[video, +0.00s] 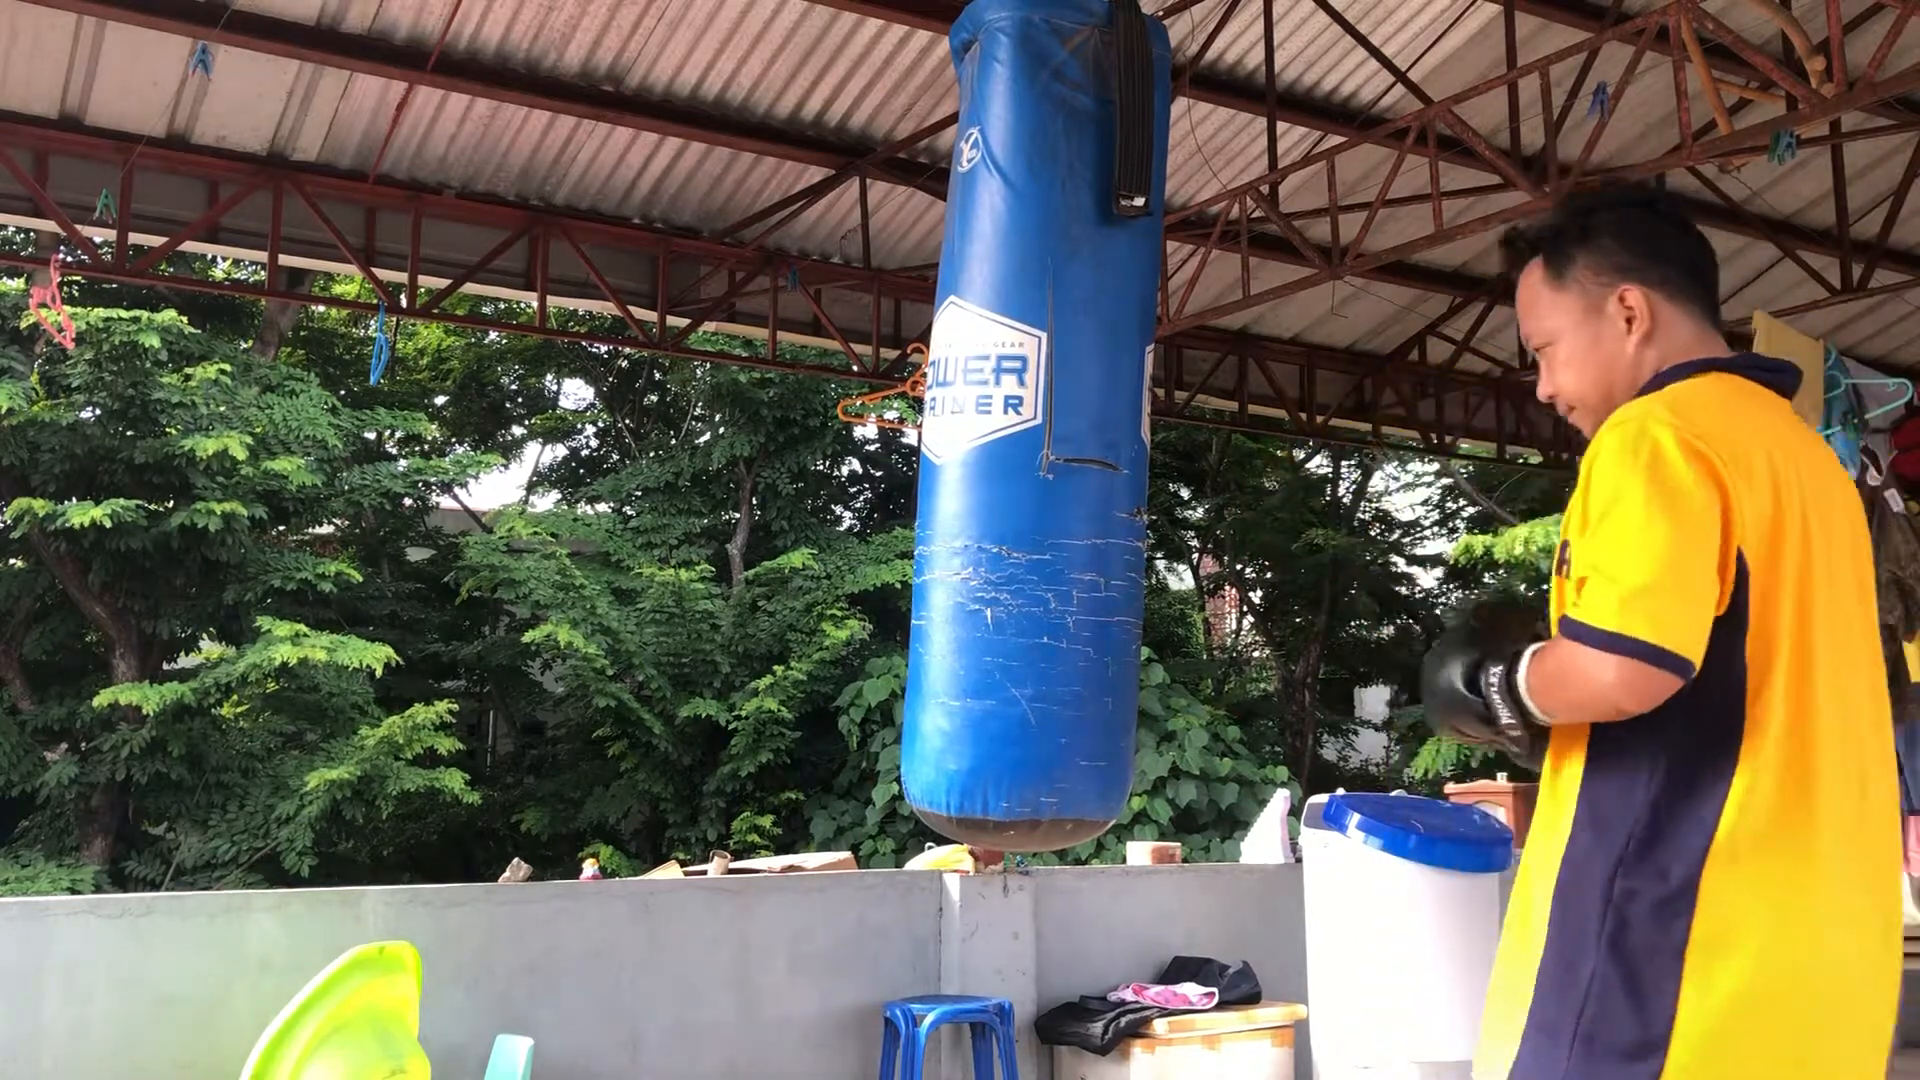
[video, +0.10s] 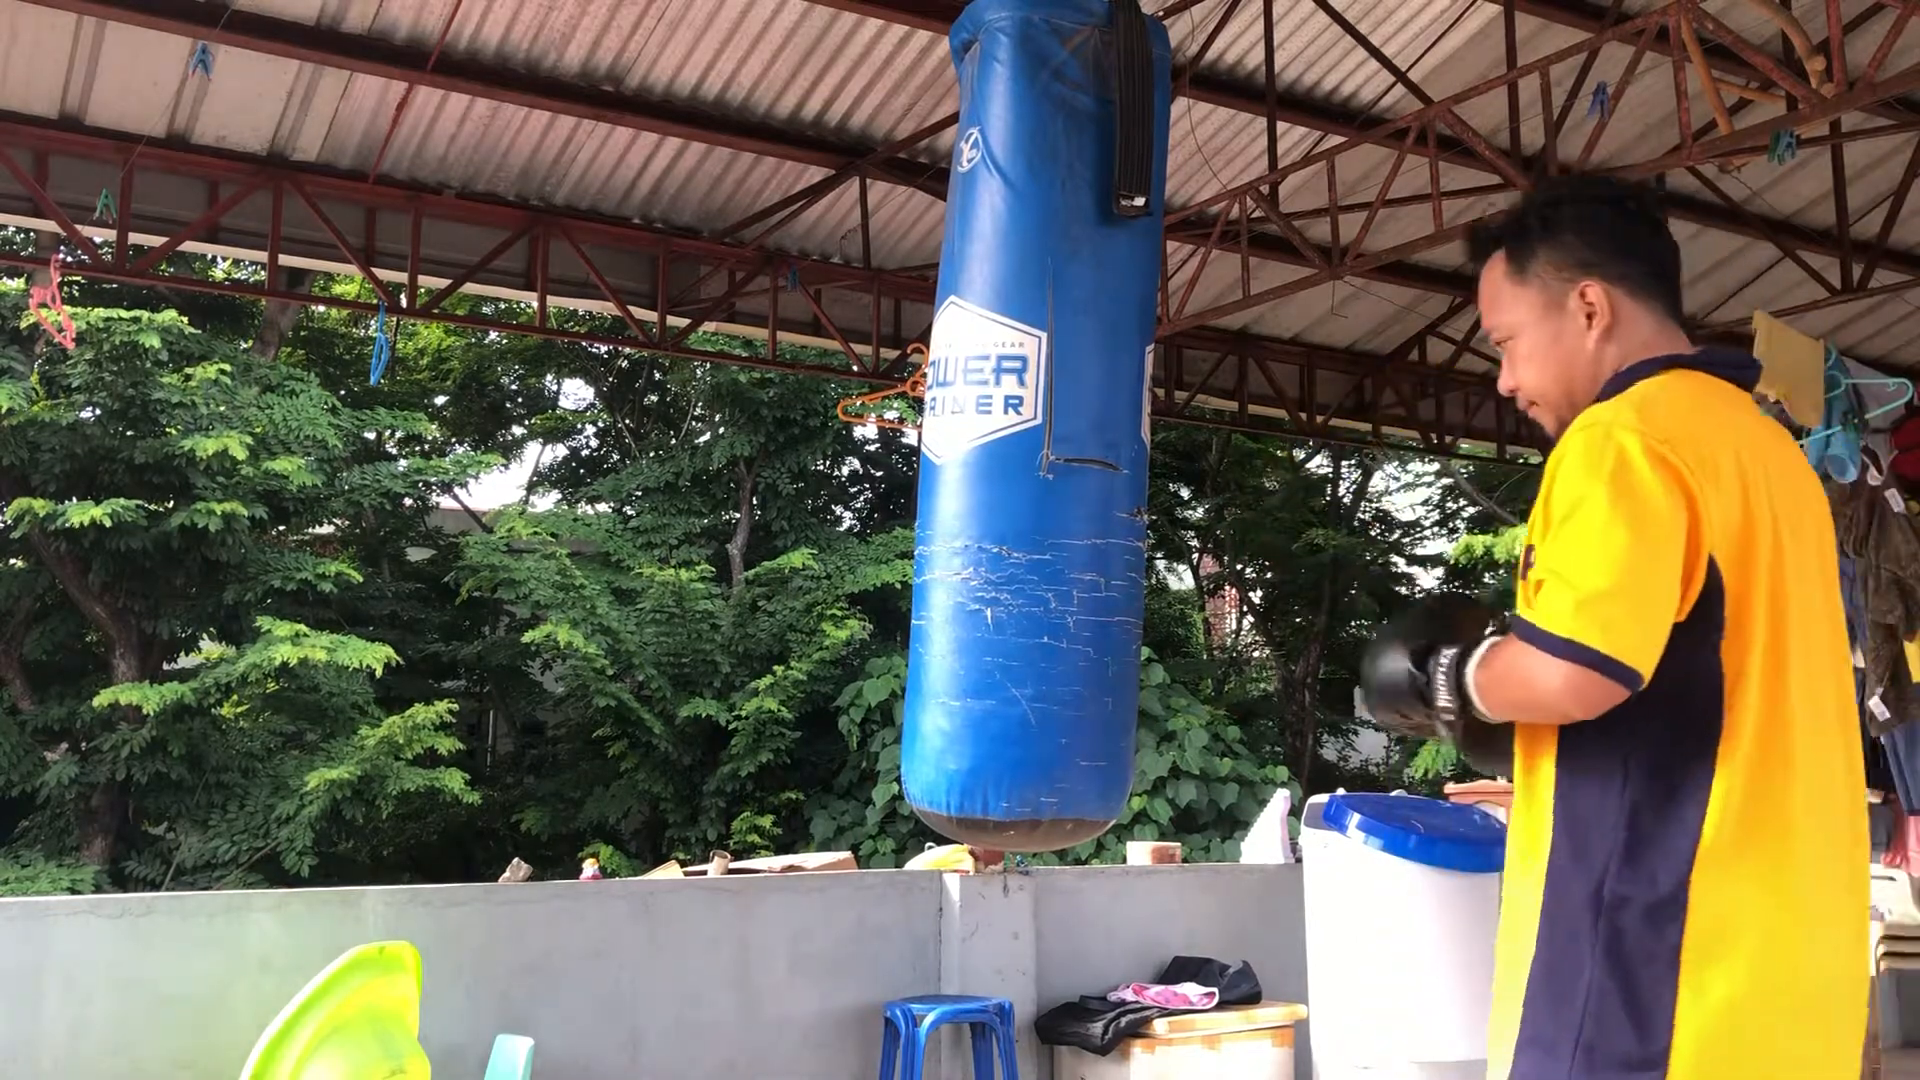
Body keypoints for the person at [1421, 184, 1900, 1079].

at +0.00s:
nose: (1543, 391)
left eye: (1543, 351)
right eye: (1533, 361)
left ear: (1630, 316)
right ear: (1638, 316)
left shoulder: (1658, 437)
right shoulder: (1811, 456)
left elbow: (1630, 662)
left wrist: (1496, 680)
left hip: (1662, 1011)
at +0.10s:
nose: (1503, 384)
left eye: (1504, 344)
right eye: (1494, 354)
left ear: (1590, 311)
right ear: (1600, 313)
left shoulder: (1629, 436)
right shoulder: (1765, 441)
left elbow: (1577, 666)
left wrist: (1447, 674)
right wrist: (1557, 785)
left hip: (1651, 1005)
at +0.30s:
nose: (1435, 414)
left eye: (1426, 387)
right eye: (1420, 398)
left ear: (1486, 327)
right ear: (1574, 320)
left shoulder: (1508, 426)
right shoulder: (1754, 448)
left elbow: (1309, 605)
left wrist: (1210, 584)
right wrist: (1438, 645)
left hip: (1617, 1022)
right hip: (1817, 1013)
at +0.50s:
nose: (1469, 425)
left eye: (1467, 394)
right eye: (1460, 403)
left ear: (1525, 334)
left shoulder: (1558, 413)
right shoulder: (1815, 453)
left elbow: (1294, 566)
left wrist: (1157, 580)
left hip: (1674, 1019)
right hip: (1878, 1015)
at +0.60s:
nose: (1543, 419)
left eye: (1535, 393)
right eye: (1529, 403)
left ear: (1598, 335)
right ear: (1698, 333)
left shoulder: (1623, 433)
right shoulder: (1868, 461)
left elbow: (1421, 626)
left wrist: (1280, 601)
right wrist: (1555, 785)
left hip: (1684, 1031)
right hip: (1881, 1018)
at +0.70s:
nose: (1626, 454)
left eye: (1617, 412)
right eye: (1611, 427)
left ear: (1679, 348)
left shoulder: (1735, 457)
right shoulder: (1895, 450)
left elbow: (1582, 692)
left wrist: (1445, 611)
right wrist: (1637, 566)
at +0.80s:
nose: (1709, 461)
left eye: (1695, 418)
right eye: (1689, 432)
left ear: (1760, 354)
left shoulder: (1826, 457)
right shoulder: (1896, 433)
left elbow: (1660, 689)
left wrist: (1556, 536)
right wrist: (1707, 526)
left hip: (1834, 1033)